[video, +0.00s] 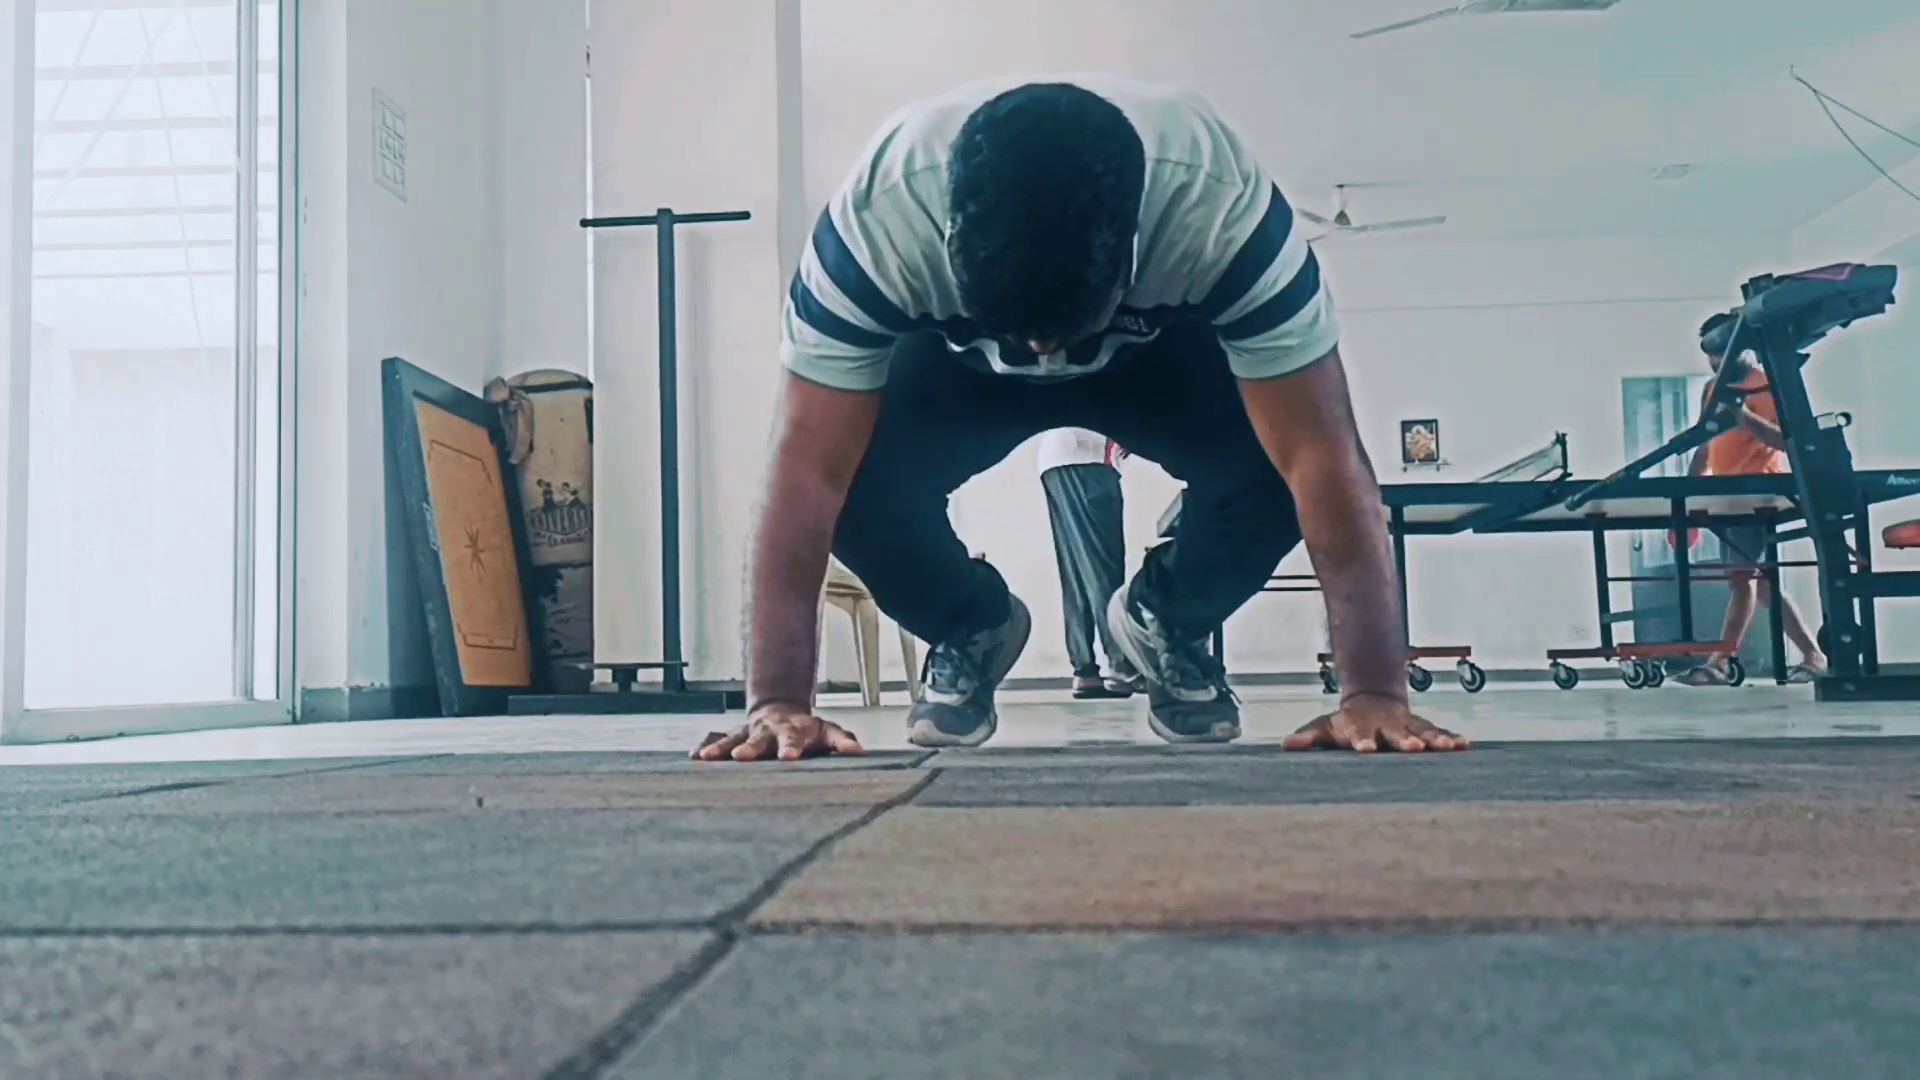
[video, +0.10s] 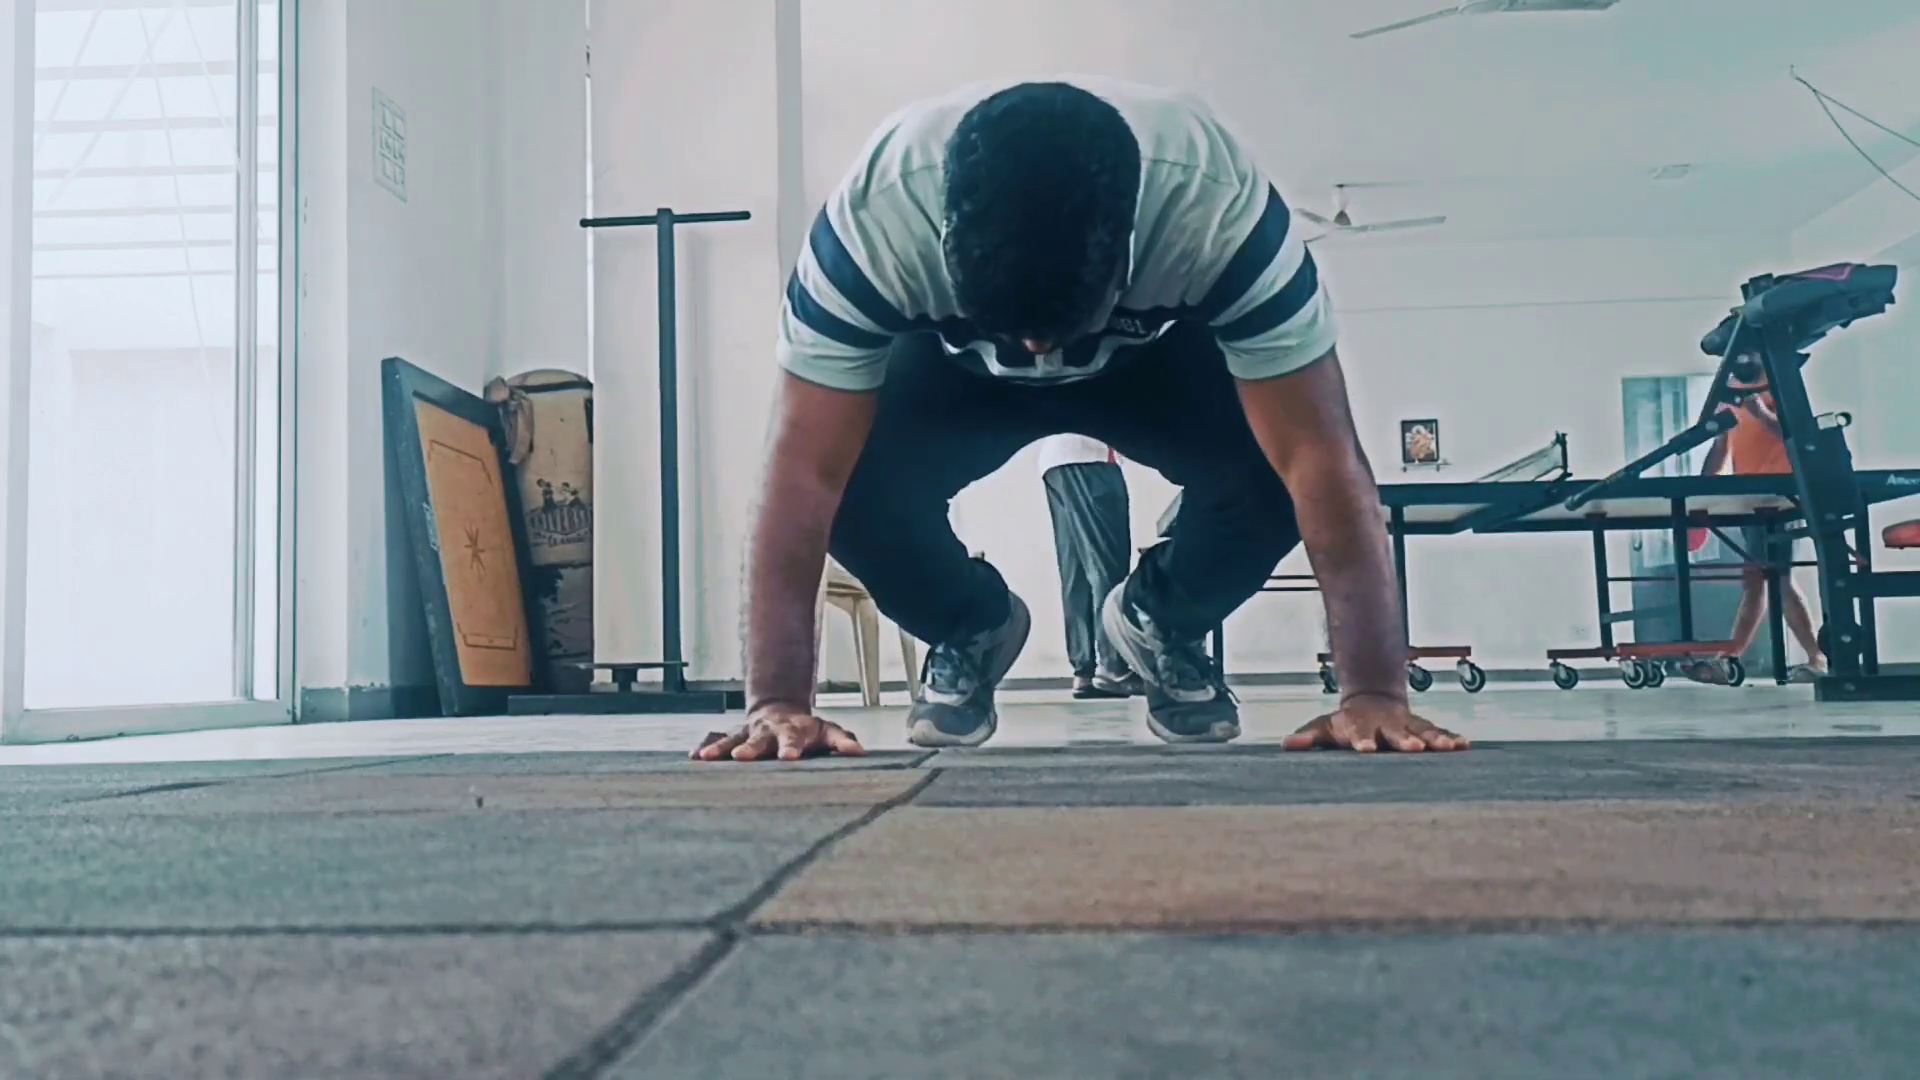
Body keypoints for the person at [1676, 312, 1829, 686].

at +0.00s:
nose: (1713, 360)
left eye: (1718, 350)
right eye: (1708, 352)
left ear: (1738, 346)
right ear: (1707, 354)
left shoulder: (1767, 382)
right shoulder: (1711, 390)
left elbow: (1791, 443)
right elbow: (1704, 452)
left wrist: (1743, 416)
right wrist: (1687, 499)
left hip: (1760, 490)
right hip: (1724, 493)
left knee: (1741, 574)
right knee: (1761, 583)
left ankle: (1720, 663)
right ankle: (1814, 655)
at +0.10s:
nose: (1746, 362)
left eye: (1752, 355)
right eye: (1739, 356)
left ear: (1766, 356)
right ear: (1730, 361)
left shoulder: (1781, 388)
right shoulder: (1730, 397)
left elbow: (1789, 432)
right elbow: (1718, 450)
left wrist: (1756, 408)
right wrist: (1701, 495)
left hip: (1779, 492)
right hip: (1747, 495)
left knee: (1754, 577)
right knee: (1780, 581)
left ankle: (1731, 659)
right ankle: (1817, 658)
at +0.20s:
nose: (1750, 361)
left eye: (1755, 353)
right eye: (1746, 355)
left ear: (1775, 351)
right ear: (1743, 358)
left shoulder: (1807, 380)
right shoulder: (1746, 389)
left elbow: (1823, 433)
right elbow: (1734, 447)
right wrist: (1715, 491)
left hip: (1804, 490)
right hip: (1767, 492)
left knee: (1771, 574)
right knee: (1794, 577)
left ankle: (1751, 659)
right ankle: (1818, 656)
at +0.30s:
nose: (1765, 345)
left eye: (1772, 337)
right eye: (1762, 338)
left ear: (1790, 337)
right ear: (1760, 342)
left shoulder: (1818, 373)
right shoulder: (1757, 380)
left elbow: (1838, 428)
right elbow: (1749, 442)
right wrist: (1734, 486)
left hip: (1815, 487)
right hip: (1780, 488)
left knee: (1799, 569)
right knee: (1799, 571)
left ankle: (1802, 656)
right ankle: (1817, 655)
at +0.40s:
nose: (1771, 354)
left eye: (1777, 344)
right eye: (1768, 347)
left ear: (1797, 341)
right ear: (1766, 350)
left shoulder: (1831, 371)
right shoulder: (1769, 383)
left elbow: (1861, 425)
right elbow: (1763, 437)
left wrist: (1826, 410)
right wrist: (1752, 483)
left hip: (1830, 486)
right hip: (1791, 488)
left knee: (1829, 571)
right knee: (1805, 575)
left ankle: (1831, 657)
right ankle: (1819, 658)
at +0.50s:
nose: (1811, 346)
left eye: (1816, 337)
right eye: (1803, 340)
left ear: (1826, 335)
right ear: (1792, 344)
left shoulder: (1851, 370)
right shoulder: (1783, 381)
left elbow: (1877, 427)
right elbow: (1776, 440)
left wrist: (1844, 407)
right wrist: (1770, 489)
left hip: (1850, 484)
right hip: (1805, 488)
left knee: (1864, 574)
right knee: (1811, 577)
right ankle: (1819, 660)